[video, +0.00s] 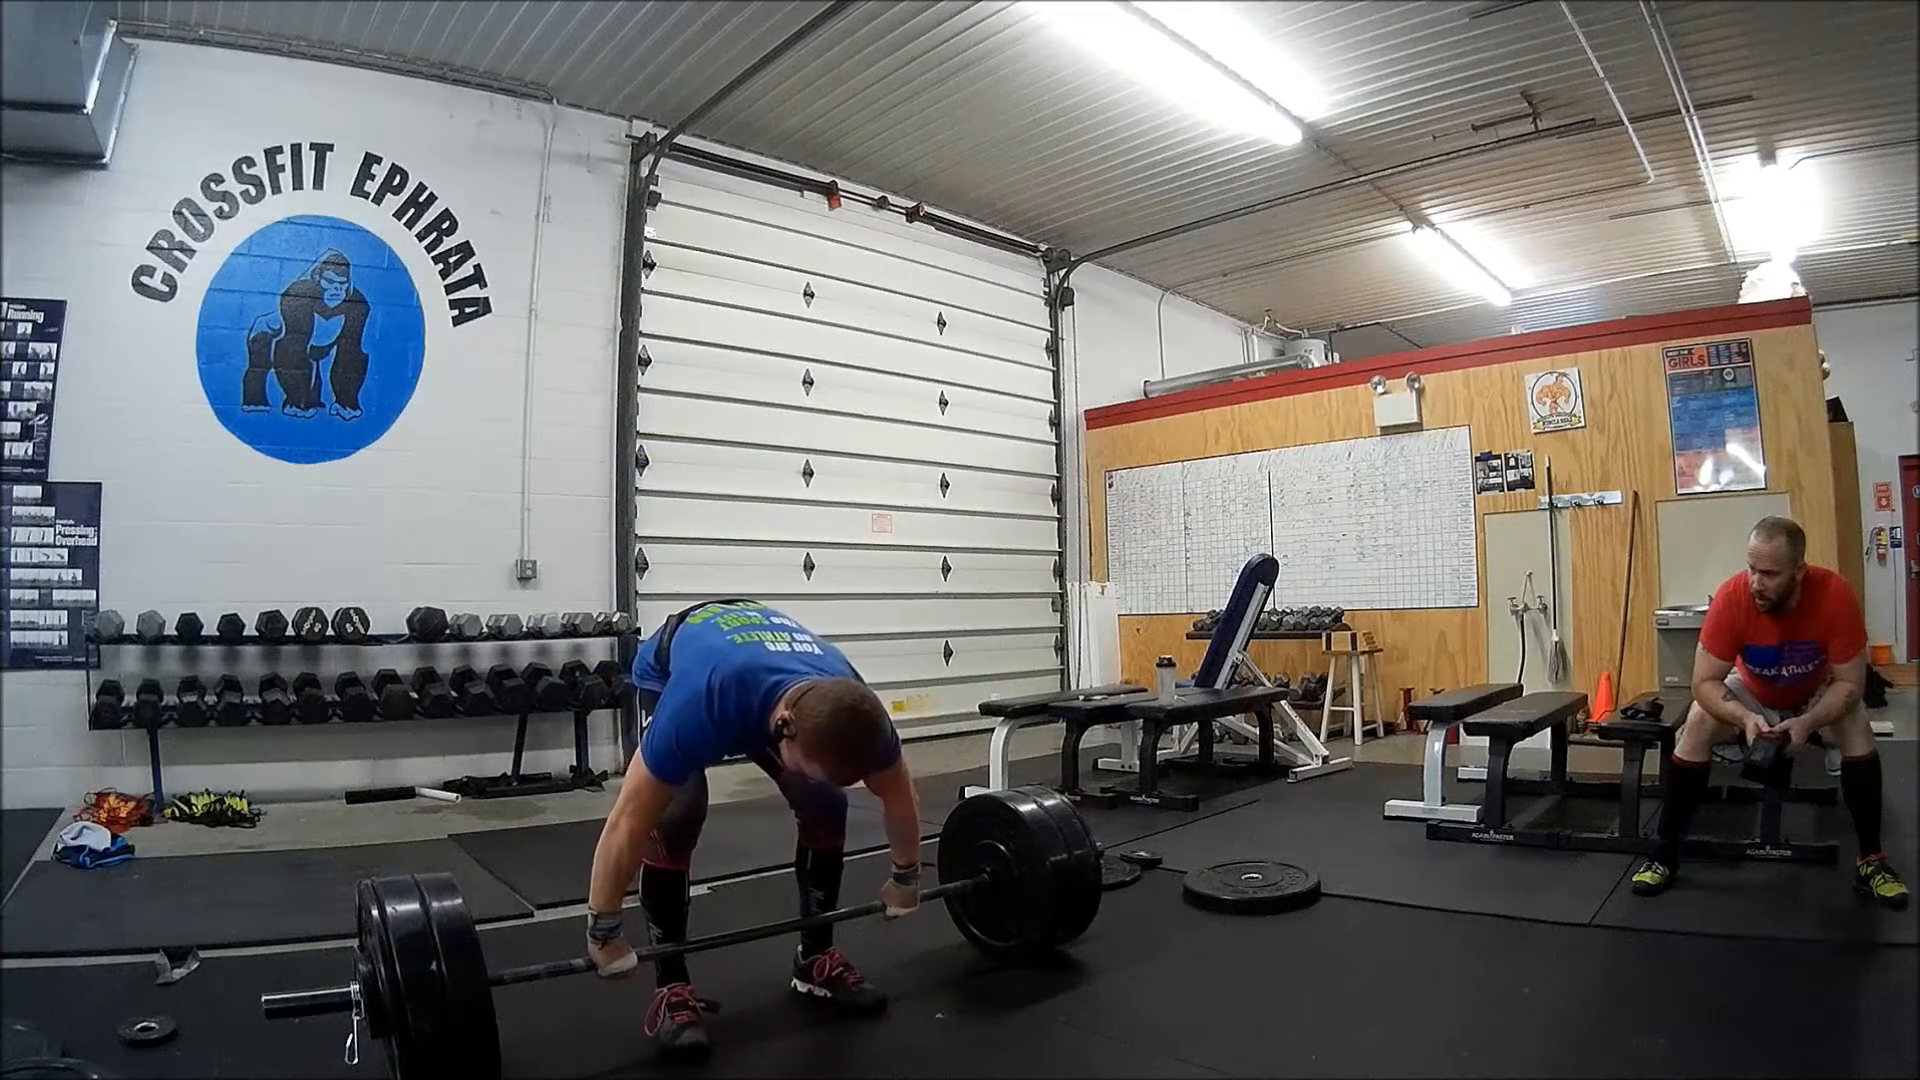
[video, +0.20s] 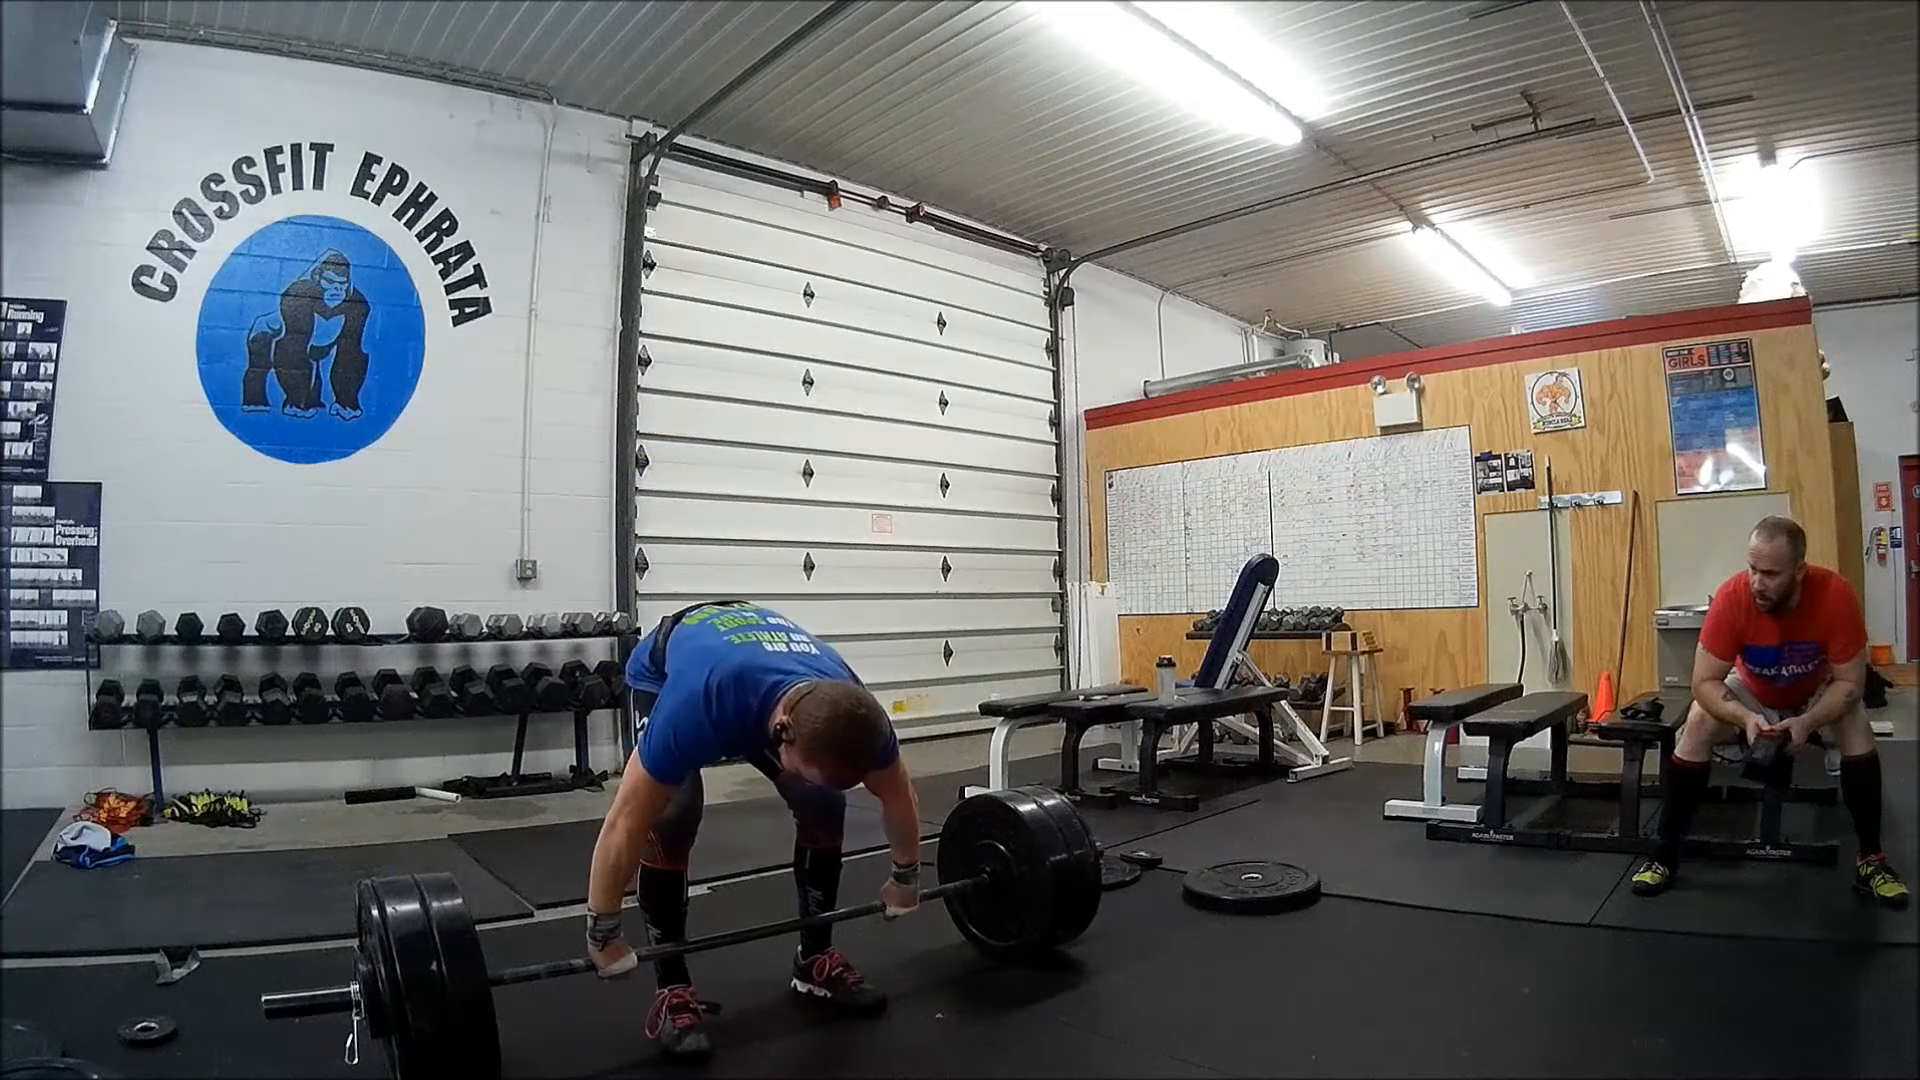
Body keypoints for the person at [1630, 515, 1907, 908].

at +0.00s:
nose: (1757, 584)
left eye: (1769, 574)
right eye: (1752, 570)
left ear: (1799, 569)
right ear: (1747, 562)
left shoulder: (1834, 595)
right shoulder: (1731, 598)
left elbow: (1850, 683)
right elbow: (1704, 683)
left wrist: (1807, 722)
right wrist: (1744, 718)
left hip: (1816, 695)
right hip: (1752, 693)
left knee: (1855, 723)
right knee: (1698, 721)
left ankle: (1871, 860)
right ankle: (1663, 857)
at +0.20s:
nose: (1758, 584)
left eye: (1770, 574)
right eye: (1753, 570)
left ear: (1800, 569)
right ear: (1747, 562)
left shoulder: (1834, 595)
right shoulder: (1731, 598)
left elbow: (1850, 683)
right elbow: (1704, 683)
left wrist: (1807, 721)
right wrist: (1743, 718)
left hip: (1816, 696)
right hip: (1752, 693)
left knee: (1855, 722)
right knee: (1698, 721)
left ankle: (1871, 860)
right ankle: (1663, 857)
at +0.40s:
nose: (1758, 583)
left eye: (1770, 574)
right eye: (1753, 569)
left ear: (1800, 569)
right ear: (1747, 561)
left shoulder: (1835, 596)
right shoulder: (1731, 597)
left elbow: (1851, 681)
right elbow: (1704, 682)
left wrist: (1812, 719)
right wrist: (1741, 719)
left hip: (1816, 694)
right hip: (1751, 692)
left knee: (1855, 725)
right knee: (1697, 721)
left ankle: (1871, 859)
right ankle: (1664, 857)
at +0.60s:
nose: (1758, 582)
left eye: (1770, 574)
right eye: (1753, 569)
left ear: (1800, 569)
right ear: (1747, 561)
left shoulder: (1834, 595)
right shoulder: (1731, 597)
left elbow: (1851, 680)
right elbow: (1705, 681)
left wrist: (1814, 718)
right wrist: (1738, 722)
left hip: (1816, 694)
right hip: (1751, 691)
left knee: (1855, 725)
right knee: (1697, 720)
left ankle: (1871, 860)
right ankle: (1664, 857)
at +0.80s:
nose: (1759, 581)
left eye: (1771, 572)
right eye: (1754, 568)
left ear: (1800, 568)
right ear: (1748, 560)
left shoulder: (1835, 595)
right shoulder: (1732, 597)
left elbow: (1851, 680)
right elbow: (1705, 681)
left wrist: (1814, 721)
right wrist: (1741, 722)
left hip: (1816, 694)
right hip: (1752, 692)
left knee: (1855, 725)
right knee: (1698, 721)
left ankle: (1871, 860)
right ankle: (1664, 857)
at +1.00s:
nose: (1758, 583)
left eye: (1771, 573)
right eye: (1753, 569)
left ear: (1800, 568)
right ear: (1747, 560)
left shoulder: (1834, 595)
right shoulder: (1732, 597)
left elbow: (1851, 681)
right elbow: (1705, 682)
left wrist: (1813, 722)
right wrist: (1742, 721)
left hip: (1816, 695)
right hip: (1752, 693)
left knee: (1854, 724)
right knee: (1698, 721)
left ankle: (1871, 860)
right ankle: (1664, 857)